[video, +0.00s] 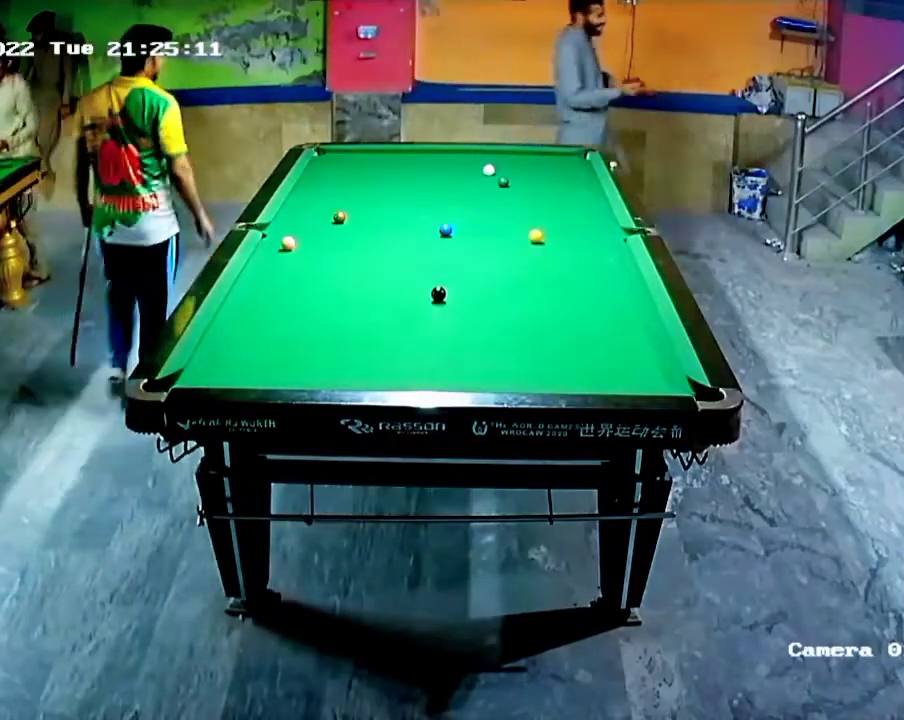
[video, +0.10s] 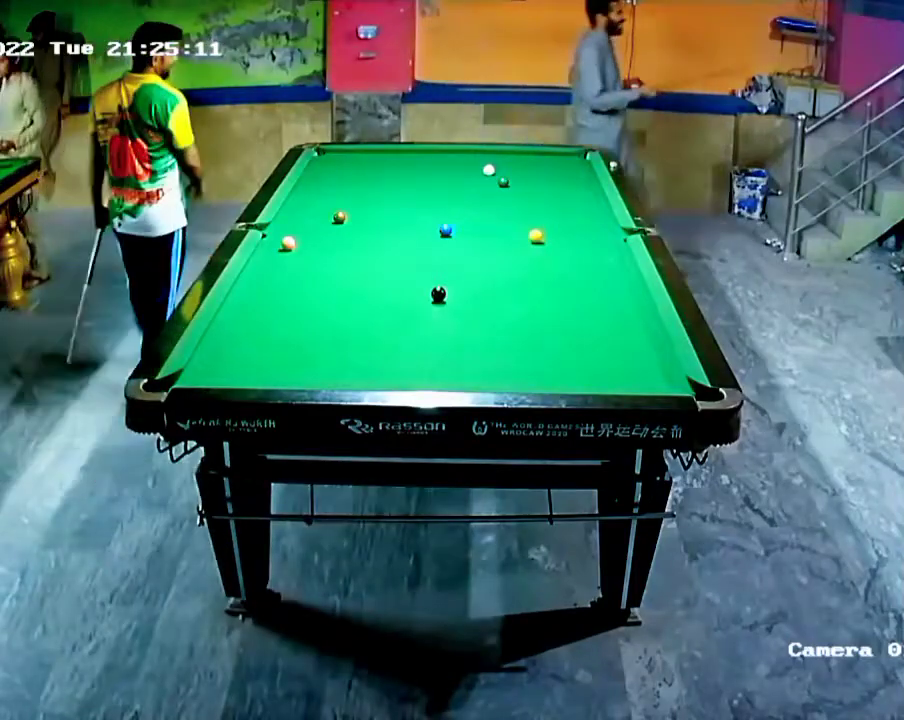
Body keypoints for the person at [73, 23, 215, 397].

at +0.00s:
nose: (162, 63)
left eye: (162, 56)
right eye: (161, 56)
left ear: (125, 57)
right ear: (151, 59)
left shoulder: (91, 100)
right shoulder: (162, 104)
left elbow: (81, 161)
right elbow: (179, 167)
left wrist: (85, 206)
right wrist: (200, 215)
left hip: (109, 219)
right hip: (153, 221)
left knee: (119, 290)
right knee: (155, 302)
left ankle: (118, 366)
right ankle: (150, 374)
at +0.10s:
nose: (175, 61)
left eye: (175, 54)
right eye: (172, 54)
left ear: (137, 54)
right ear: (158, 57)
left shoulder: (104, 96)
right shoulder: (170, 100)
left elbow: (97, 158)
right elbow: (191, 161)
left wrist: (98, 206)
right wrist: (198, 180)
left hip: (123, 213)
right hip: (162, 216)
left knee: (139, 288)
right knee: (163, 295)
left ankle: (158, 355)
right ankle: (151, 370)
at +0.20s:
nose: (180, 60)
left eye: (180, 53)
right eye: (177, 53)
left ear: (142, 55)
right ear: (160, 57)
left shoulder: (109, 96)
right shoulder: (172, 99)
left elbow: (103, 157)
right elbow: (195, 157)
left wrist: (103, 204)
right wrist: (199, 169)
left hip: (128, 212)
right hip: (167, 215)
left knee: (148, 290)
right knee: (166, 295)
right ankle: (151, 370)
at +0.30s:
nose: (187, 55)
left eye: (187, 48)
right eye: (183, 49)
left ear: (151, 52)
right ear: (167, 52)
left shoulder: (120, 89)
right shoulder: (178, 91)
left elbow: (116, 150)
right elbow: (199, 150)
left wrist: (115, 193)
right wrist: (222, 163)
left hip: (139, 199)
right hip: (174, 202)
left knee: (155, 271)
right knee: (177, 276)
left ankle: (169, 338)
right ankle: (162, 349)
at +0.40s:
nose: (195, 50)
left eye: (195, 43)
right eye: (190, 44)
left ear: (156, 47)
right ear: (172, 47)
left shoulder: (124, 83)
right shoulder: (181, 86)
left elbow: (121, 142)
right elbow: (201, 145)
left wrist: (121, 185)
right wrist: (236, 164)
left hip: (142, 191)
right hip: (179, 193)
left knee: (154, 260)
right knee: (195, 255)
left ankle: (164, 325)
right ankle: (171, 323)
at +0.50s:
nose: (206, 46)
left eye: (206, 40)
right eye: (202, 40)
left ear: (173, 40)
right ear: (186, 42)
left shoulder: (142, 73)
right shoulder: (195, 79)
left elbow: (137, 128)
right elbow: (207, 134)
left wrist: (144, 166)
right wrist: (247, 171)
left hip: (159, 187)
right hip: (198, 185)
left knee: (160, 262)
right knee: (212, 246)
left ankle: (168, 329)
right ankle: (208, 315)